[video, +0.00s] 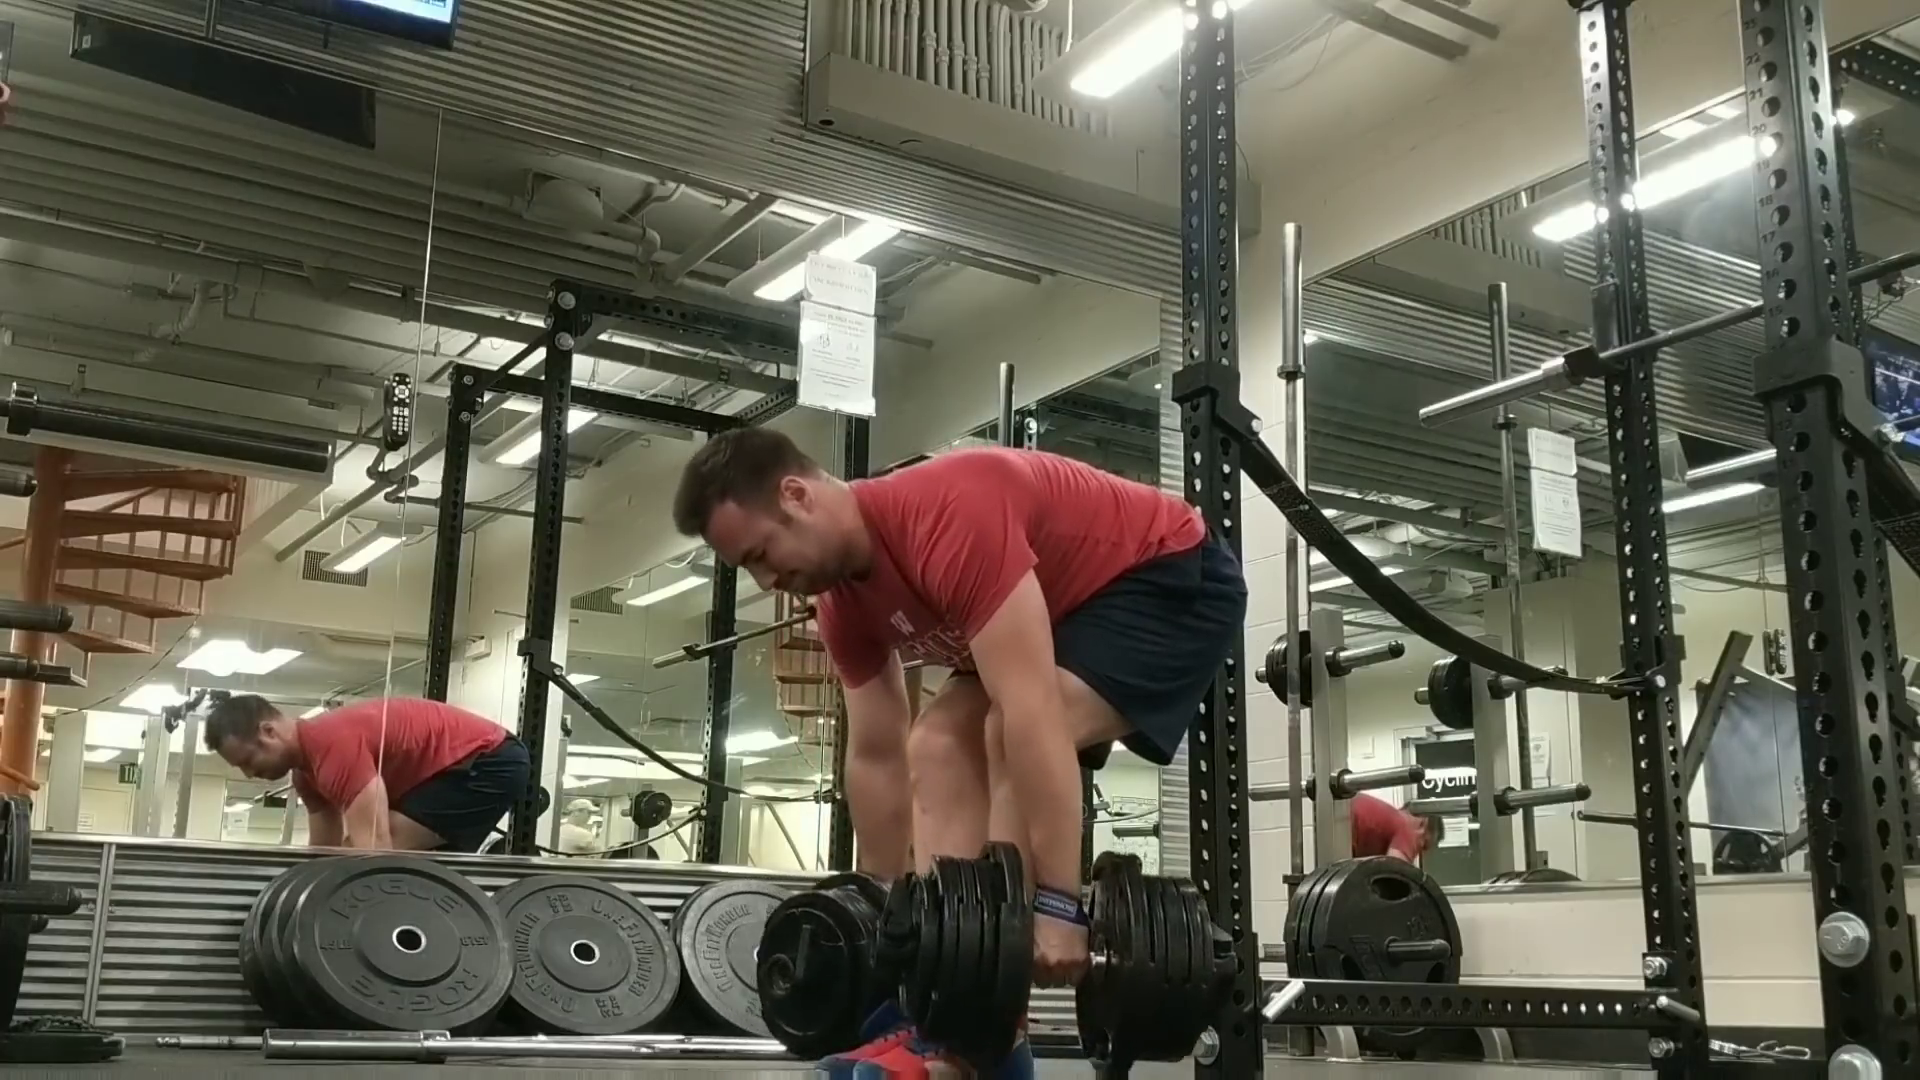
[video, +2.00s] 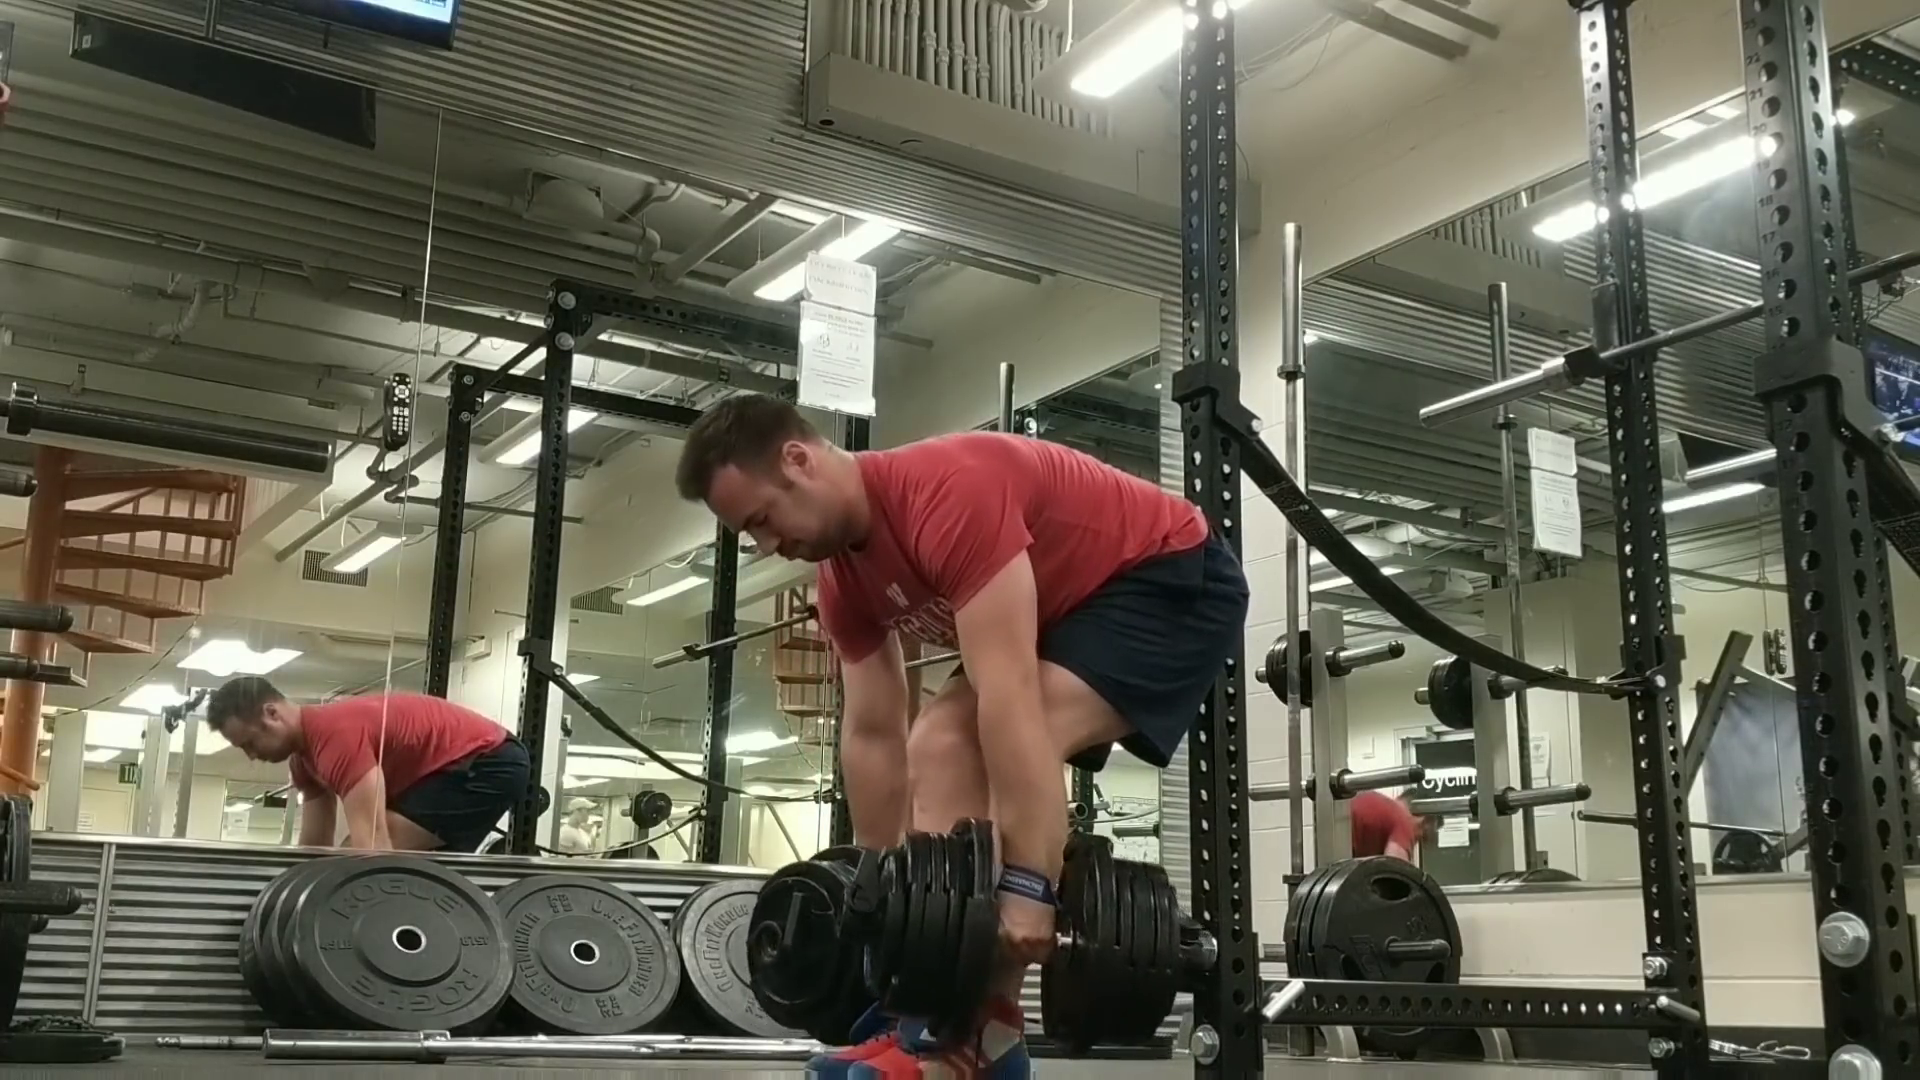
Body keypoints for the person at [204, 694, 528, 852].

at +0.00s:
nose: (250, 774)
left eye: (248, 761)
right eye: (242, 768)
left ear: (268, 730)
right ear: (268, 733)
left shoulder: (335, 744)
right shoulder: (308, 773)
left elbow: (369, 853)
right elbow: (324, 852)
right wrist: (303, 918)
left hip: (492, 763)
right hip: (464, 769)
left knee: (381, 854)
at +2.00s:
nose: (251, 757)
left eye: (249, 744)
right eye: (243, 750)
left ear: (272, 715)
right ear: (272, 717)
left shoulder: (336, 734)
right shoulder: (305, 756)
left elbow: (370, 841)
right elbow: (314, 845)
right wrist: (292, 913)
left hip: (489, 761)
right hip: (458, 766)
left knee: (381, 850)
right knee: (390, 854)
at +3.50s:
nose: (271, 723)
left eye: (269, 711)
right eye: (262, 719)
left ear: (285, 679)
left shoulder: (348, 702)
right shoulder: (314, 727)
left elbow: (406, 789)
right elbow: (340, 796)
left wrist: (381, 885)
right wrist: (313, 871)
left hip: (487, 759)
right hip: (450, 767)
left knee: (401, 863)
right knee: (363, 854)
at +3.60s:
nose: (276, 716)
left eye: (272, 705)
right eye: (267, 711)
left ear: (288, 672)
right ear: (290, 674)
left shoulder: (353, 692)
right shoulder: (319, 712)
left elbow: (422, 764)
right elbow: (354, 781)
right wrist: (338, 847)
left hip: (489, 759)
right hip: (454, 763)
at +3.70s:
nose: (287, 710)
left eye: (281, 700)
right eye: (278, 705)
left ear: (293, 666)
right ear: (294, 668)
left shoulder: (362, 682)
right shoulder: (327, 703)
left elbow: (435, 747)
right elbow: (364, 763)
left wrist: (421, 835)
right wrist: (359, 825)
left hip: (491, 759)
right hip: (454, 762)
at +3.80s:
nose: (300, 705)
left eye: (292, 697)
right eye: (289, 703)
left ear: (298, 664)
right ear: (299, 663)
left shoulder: (364, 674)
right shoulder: (335, 694)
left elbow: (446, 729)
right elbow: (376, 748)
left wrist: (433, 818)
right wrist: (362, 813)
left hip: (489, 762)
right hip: (451, 765)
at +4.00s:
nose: (309, 707)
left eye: (299, 703)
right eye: (298, 707)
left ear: (300, 670)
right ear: (301, 667)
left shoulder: (367, 674)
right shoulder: (339, 686)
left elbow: (456, 717)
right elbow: (386, 736)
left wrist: (444, 800)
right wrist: (371, 789)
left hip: (489, 762)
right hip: (445, 768)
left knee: (476, 882)